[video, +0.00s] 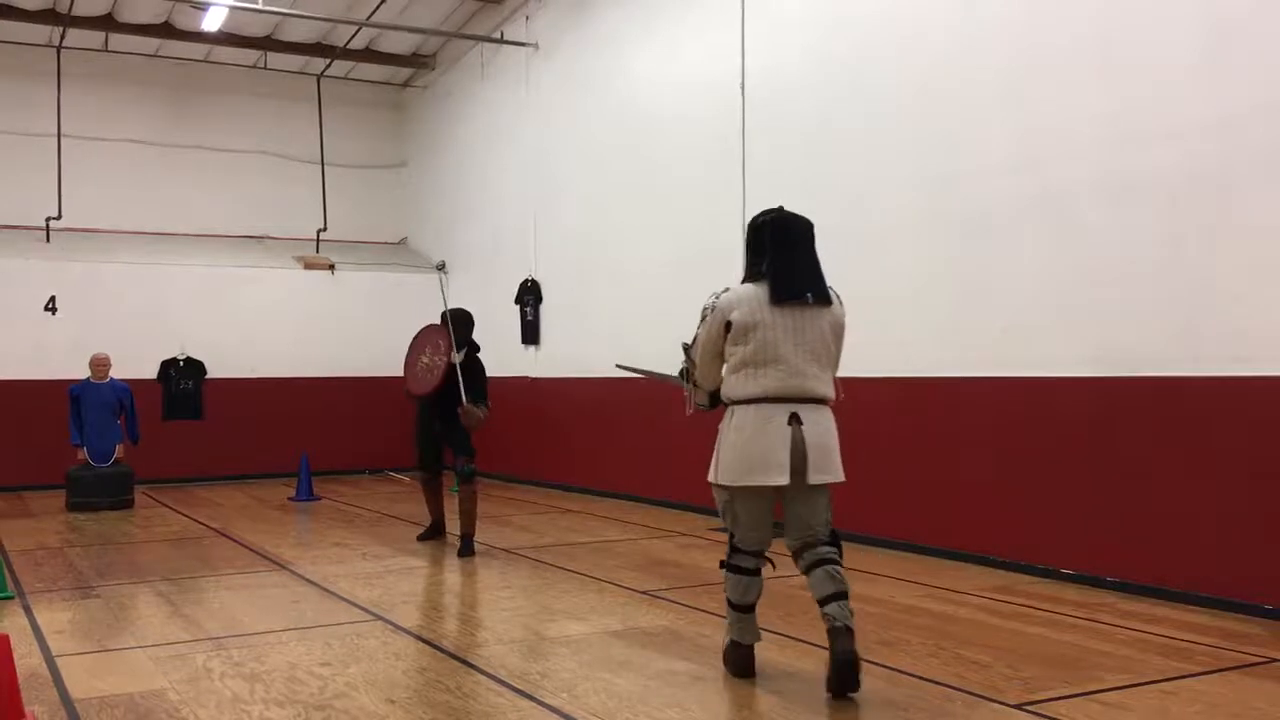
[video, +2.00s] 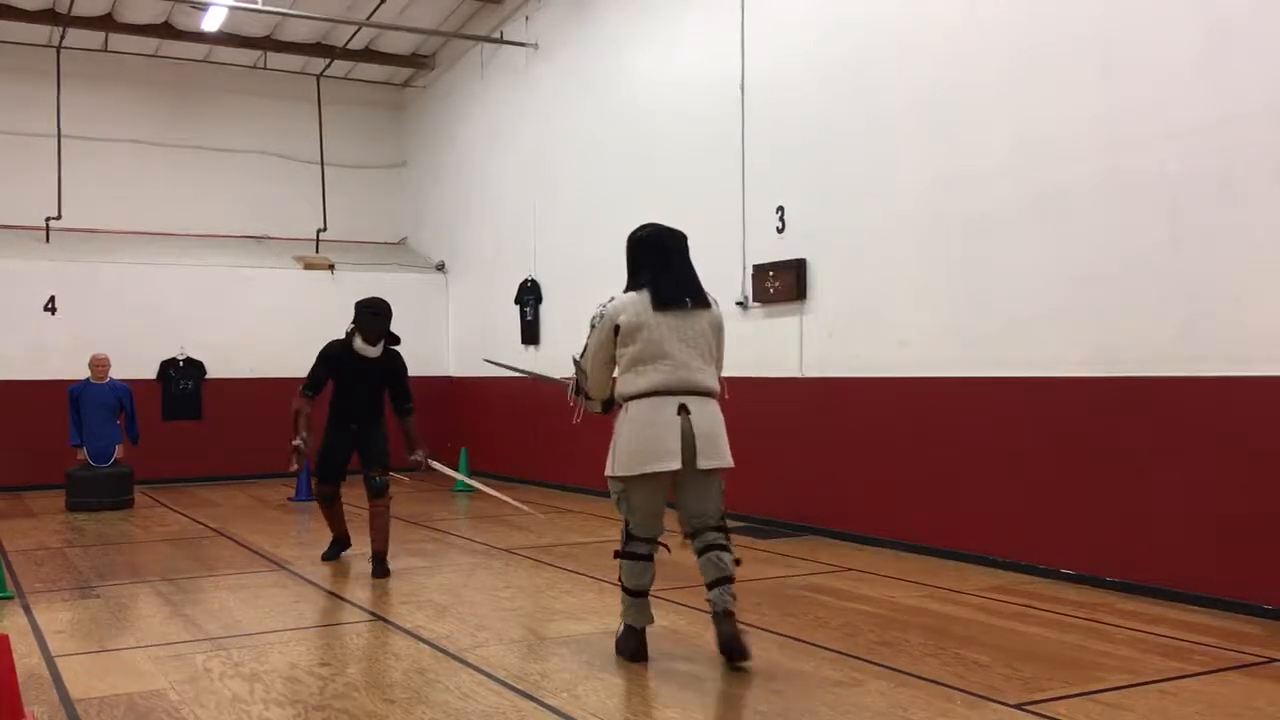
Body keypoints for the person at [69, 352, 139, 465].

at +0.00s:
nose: (101, 369)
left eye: (104, 365)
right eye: (97, 365)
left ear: (110, 367)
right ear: (90, 367)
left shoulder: (121, 389)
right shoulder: (78, 390)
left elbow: (130, 415)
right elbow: (75, 419)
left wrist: (133, 437)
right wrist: (78, 444)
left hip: (114, 444)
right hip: (88, 444)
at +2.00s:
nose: (100, 369)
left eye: (104, 366)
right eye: (96, 366)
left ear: (109, 367)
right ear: (90, 367)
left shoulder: (121, 389)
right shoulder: (77, 390)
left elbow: (130, 415)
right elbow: (75, 420)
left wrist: (133, 437)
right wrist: (78, 445)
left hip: (113, 444)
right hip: (87, 444)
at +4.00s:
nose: (100, 369)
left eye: (104, 366)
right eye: (96, 366)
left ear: (109, 367)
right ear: (90, 367)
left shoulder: (121, 389)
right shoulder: (77, 390)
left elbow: (130, 415)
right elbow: (74, 419)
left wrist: (133, 437)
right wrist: (78, 445)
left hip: (113, 444)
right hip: (88, 444)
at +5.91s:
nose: (100, 369)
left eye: (104, 366)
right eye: (96, 365)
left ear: (109, 367)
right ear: (89, 367)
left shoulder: (121, 389)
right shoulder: (77, 390)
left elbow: (130, 415)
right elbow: (74, 419)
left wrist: (133, 437)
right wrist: (77, 444)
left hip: (113, 444)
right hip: (87, 444)